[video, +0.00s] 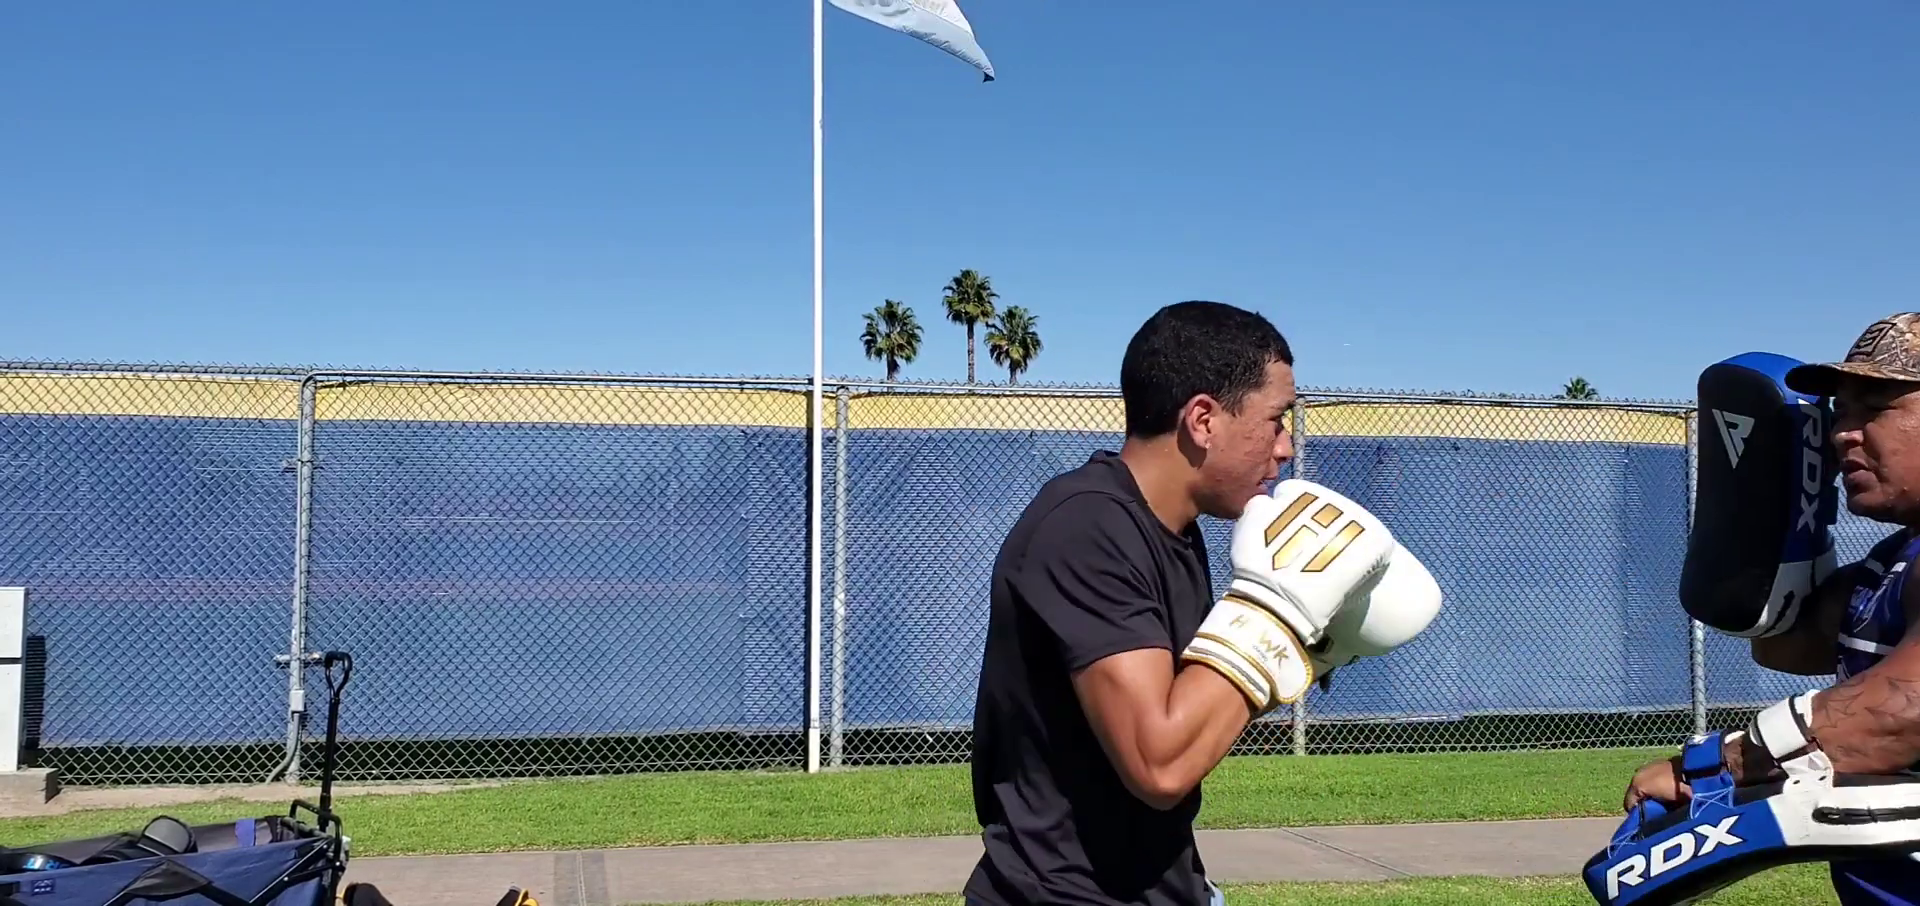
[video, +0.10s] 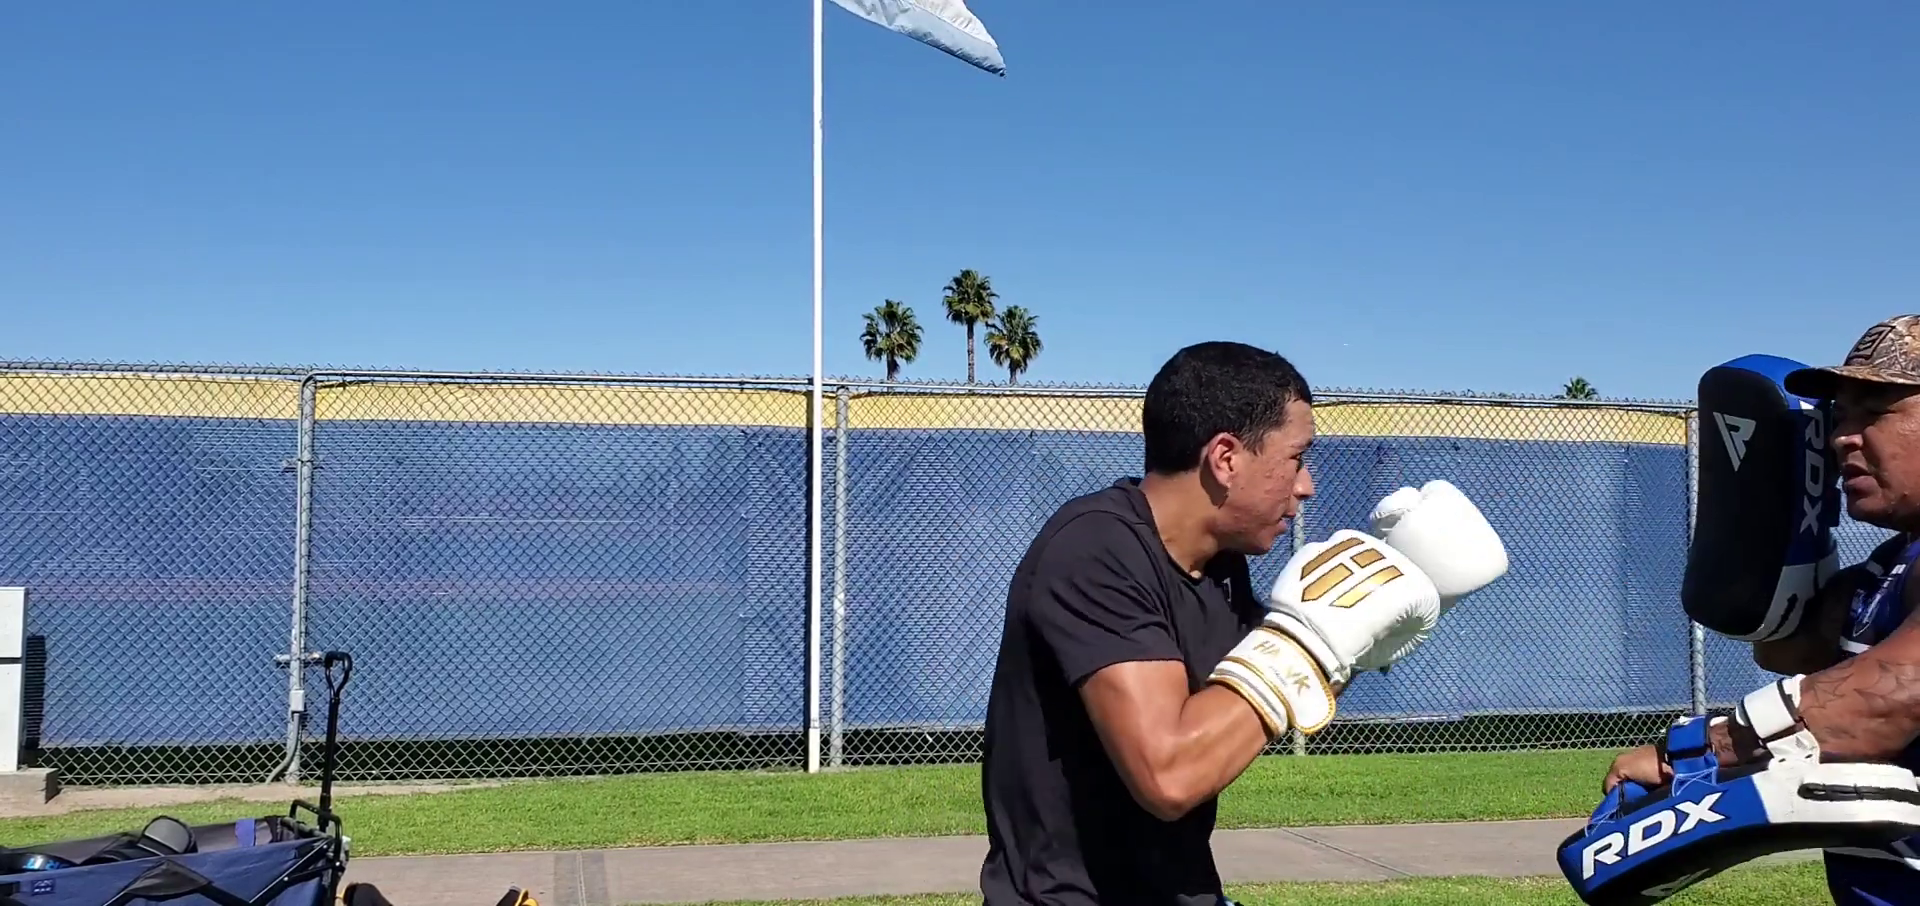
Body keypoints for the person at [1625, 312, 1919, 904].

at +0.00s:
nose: (1843, 435)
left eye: (1874, 408)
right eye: (1841, 412)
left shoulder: (1911, 559)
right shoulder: (1896, 557)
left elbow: (1899, 716)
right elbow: (1783, 641)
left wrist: (1708, 767)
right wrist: (1795, 472)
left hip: (1902, 888)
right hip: (1872, 885)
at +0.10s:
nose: (1841, 439)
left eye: (1873, 412)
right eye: (1837, 417)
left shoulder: (1916, 562)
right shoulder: (1892, 566)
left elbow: (1894, 699)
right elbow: (1794, 647)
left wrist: (1690, 753)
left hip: (1904, 883)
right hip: (1871, 884)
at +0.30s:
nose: (1837, 464)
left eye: (1870, 435)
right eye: (1835, 435)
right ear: (1826, 433)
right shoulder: (1839, 553)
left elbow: (1908, 750)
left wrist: (1743, 752)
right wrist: (1703, 460)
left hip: (1903, 881)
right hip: (1850, 883)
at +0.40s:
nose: (1836, 472)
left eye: (1867, 446)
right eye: (1835, 444)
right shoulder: (1865, 551)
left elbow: (1907, 783)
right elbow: (1763, 611)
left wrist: (1777, 823)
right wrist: (1718, 503)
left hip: (1897, 869)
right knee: (1722, 886)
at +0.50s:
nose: (1812, 490)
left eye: (1836, 458)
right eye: (1807, 461)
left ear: (1917, 443)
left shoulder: (1911, 591)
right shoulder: (1856, 573)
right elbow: (1765, 708)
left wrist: (1823, 847)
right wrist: (1731, 591)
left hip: (1902, 876)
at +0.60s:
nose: (1778, 506)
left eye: (1801, 476)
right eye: (1770, 484)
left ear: (1900, 456)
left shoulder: (1911, 591)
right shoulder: (1833, 587)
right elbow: (1760, 731)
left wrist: (1855, 884)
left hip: (1913, 884)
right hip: (1858, 882)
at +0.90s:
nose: (1704, 530)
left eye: (1723, 499)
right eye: (1695, 509)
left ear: (1819, 474)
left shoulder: (1905, 577)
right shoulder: (1781, 600)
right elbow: (1713, 769)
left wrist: (1903, 875)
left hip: (1898, 891)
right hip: (1840, 887)